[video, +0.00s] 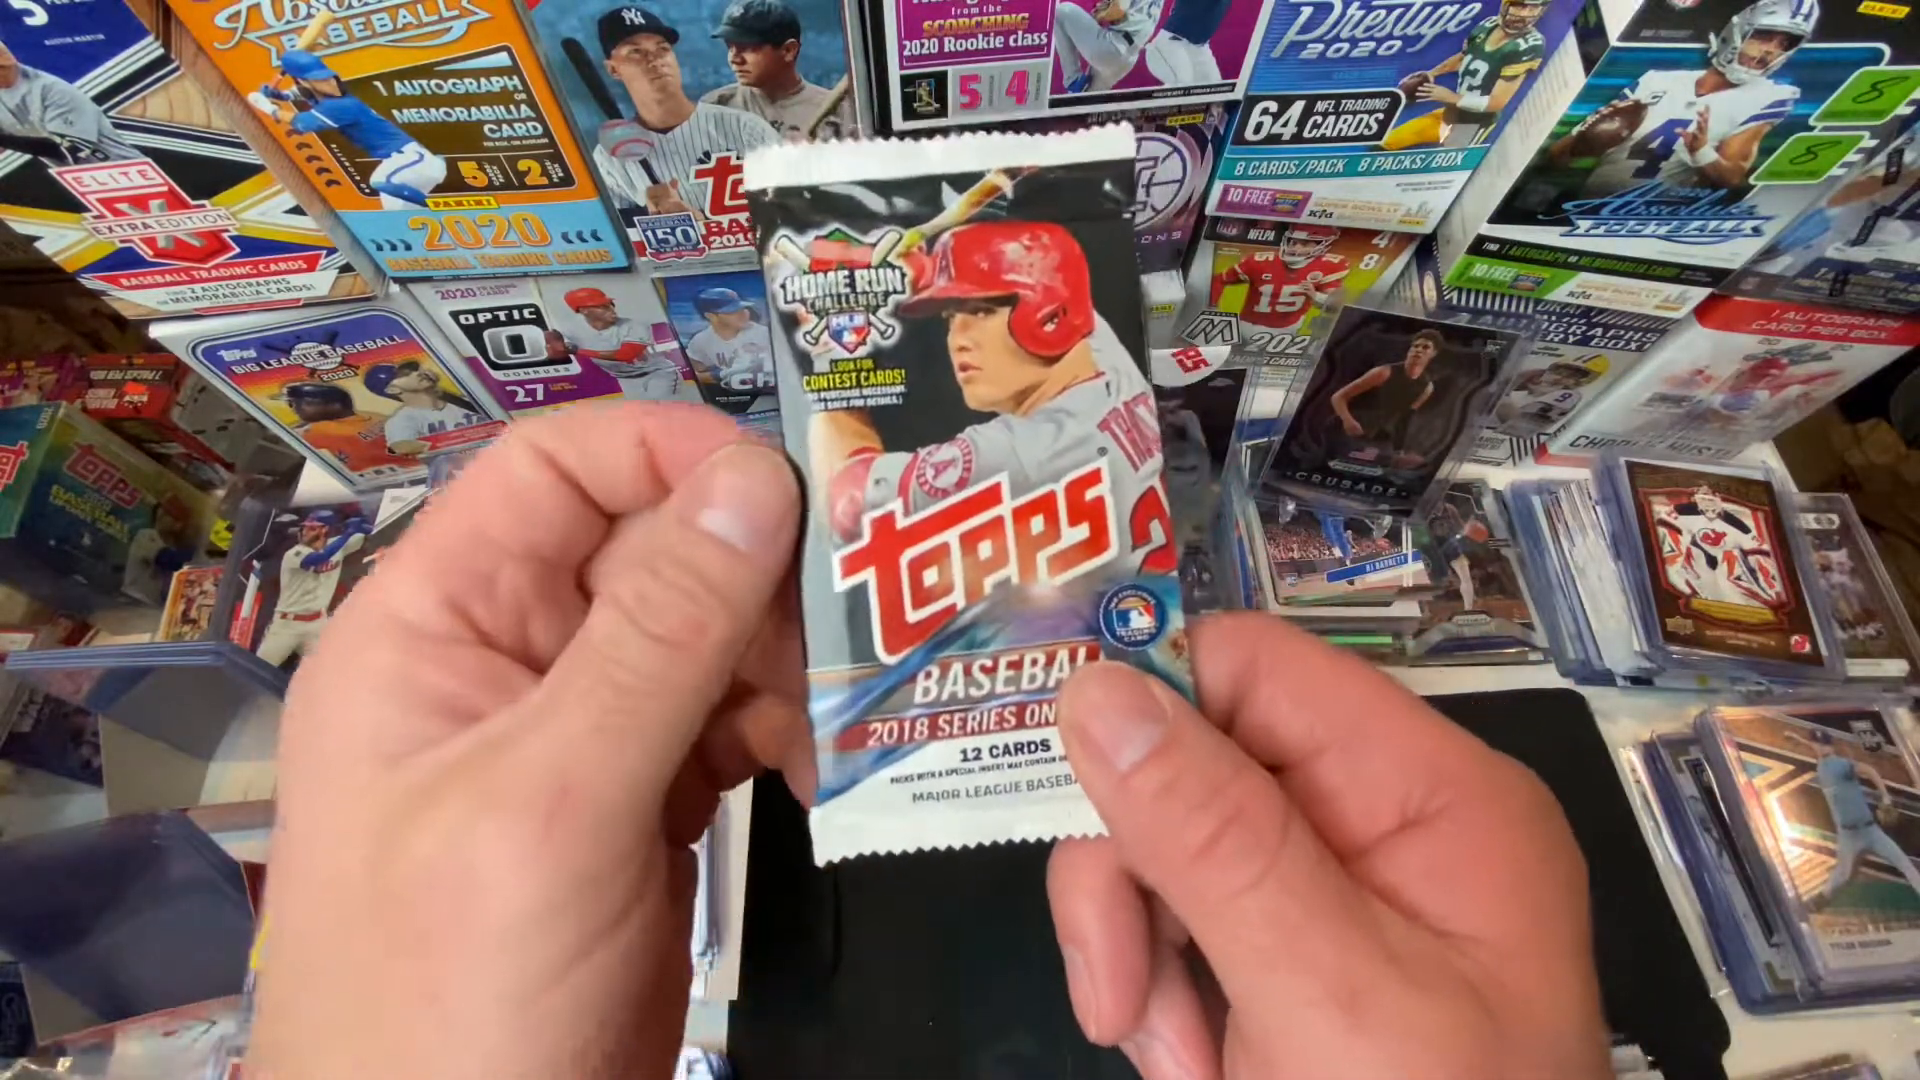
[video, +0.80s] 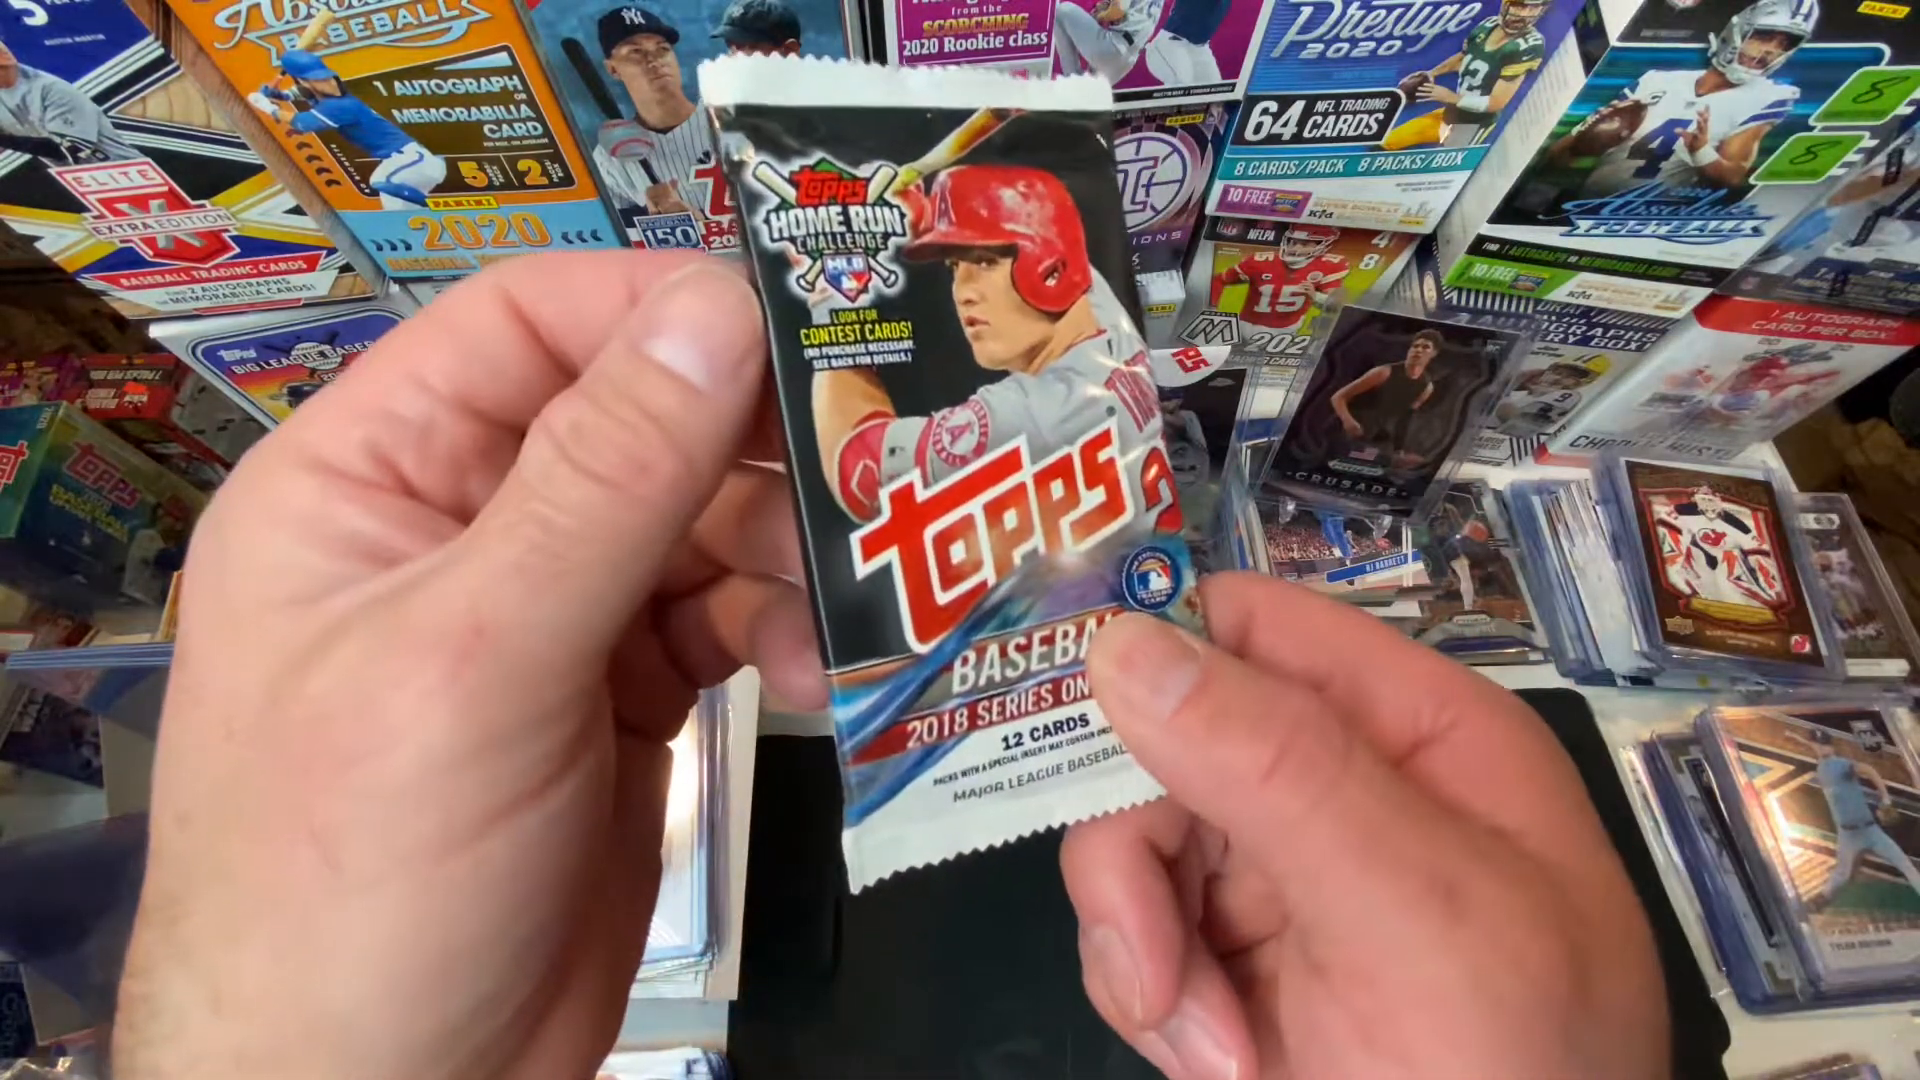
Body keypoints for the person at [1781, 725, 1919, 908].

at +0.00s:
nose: (1822, 749)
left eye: (1824, 744)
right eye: (1818, 745)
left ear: (1831, 744)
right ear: (1815, 748)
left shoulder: (1840, 764)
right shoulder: (1822, 766)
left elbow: (1870, 771)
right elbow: (1814, 748)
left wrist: (1885, 796)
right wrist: (1797, 739)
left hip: (1870, 828)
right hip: (1847, 833)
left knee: (1904, 863)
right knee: (1843, 874)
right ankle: (1823, 897)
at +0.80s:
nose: (1823, 750)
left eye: (1825, 745)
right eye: (1819, 746)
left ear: (1831, 745)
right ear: (1814, 748)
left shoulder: (1841, 764)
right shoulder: (1821, 768)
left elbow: (1869, 770)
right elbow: (1814, 748)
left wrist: (1884, 797)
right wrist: (1799, 739)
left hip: (1870, 828)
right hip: (1846, 833)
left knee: (1904, 863)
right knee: (1842, 874)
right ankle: (1824, 898)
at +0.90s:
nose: (1824, 749)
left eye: (1827, 744)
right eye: (1819, 745)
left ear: (1831, 744)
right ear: (1813, 747)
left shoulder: (1840, 764)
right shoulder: (1824, 768)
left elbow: (1869, 770)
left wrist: (1885, 798)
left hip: (1870, 828)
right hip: (1847, 834)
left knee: (1903, 863)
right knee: (1842, 875)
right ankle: (1822, 899)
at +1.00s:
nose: (1825, 749)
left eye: (1827, 744)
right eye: (1820, 746)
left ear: (1831, 745)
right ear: (1813, 747)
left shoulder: (1840, 764)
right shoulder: (1824, 767)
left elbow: (1869, 770)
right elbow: (1866, 770)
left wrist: (1885, 798)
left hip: (1870, 829)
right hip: (1847, 834)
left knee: (1904, 863)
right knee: (1842, 875)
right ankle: (1821, 899)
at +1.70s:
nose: (1823, 750)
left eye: (1826, 745)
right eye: (1819, 746)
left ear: (1832, 746)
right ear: (1815, 749)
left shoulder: (1842, 764)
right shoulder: (1821, 770)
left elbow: (1870, 771)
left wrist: (1885, 797)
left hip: (1869, 828)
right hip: (1847, 833)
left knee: (1902, 862)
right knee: (1842, 874)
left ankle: (1919, 888)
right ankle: (1820, 900)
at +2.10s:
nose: (1823, 749)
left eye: (1826, 744)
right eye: (1819, 745)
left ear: (1832, 745)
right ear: (1814, 747)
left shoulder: (1842, 764)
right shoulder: (1821, 769)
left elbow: (1870, 771)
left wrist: (1885, 797)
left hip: (1870, 828)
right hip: (1847, 833)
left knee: (1902, 862)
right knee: (1843, 875)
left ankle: (1918, 889)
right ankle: (1819, 902)